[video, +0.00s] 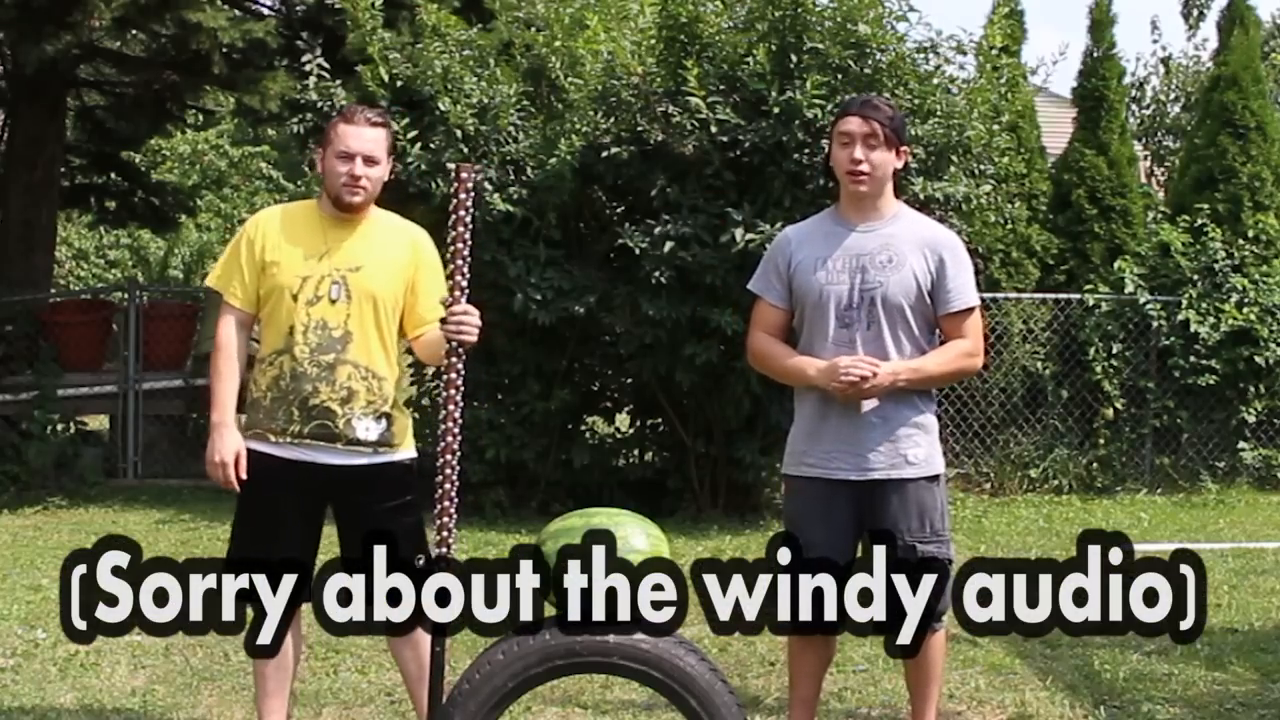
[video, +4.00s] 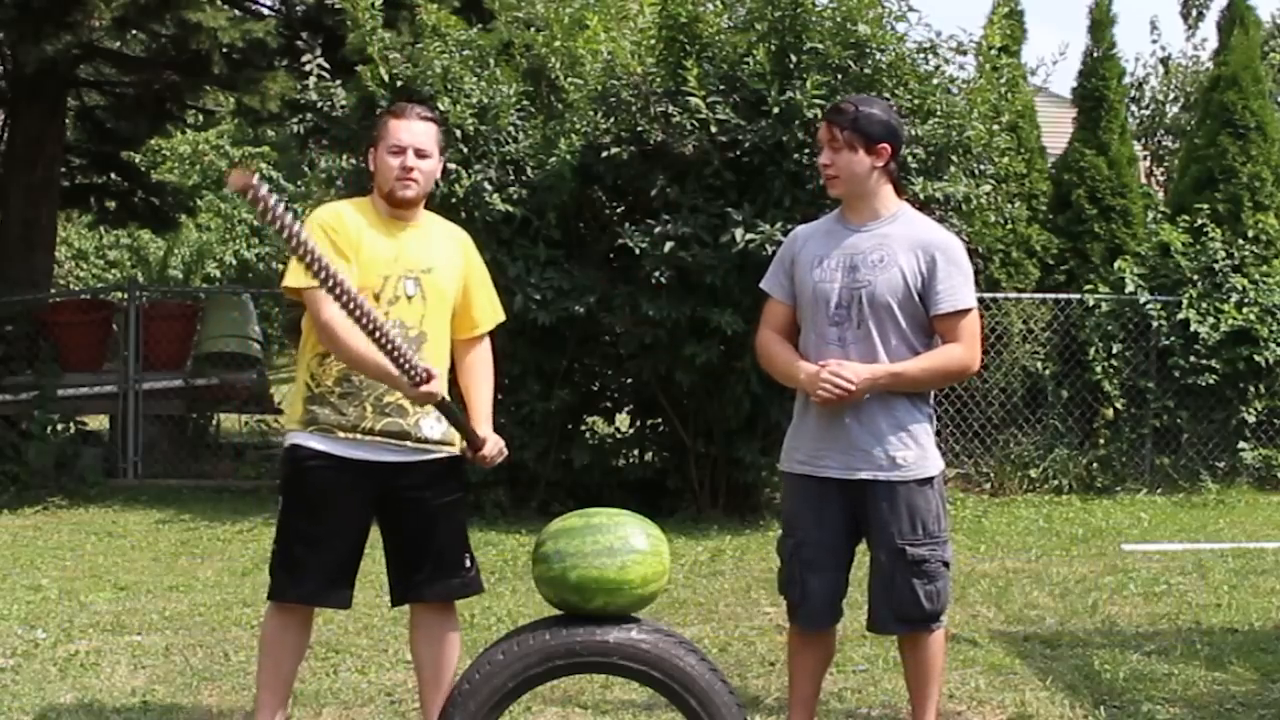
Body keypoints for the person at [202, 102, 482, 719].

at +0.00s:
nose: (357, 170)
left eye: (371, 160)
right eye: (345, 156)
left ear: (388, 171)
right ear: (319, 159)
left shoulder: (411, 243)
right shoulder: (266, 230)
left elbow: (427, 344)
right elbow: (233, 325)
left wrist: (455, 336)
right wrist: (222, 423)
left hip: (378, 459)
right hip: (279, 454)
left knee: (406, 604)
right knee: (272, 603)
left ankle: (435, 715)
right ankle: (273, 718)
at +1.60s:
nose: (368, 159)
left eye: (378, 150)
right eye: (354, 147)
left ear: (389, 162)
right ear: (320, 156)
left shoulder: (415, 237)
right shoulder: (273, 234)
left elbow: (443, 347)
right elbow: (236, 330)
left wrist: (428, 304)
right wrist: (294, 365)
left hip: (398, 456)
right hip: (300, 455)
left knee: (428, 602)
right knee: (285, 603)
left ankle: (432, 718)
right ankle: (275, 716)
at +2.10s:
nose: (368, 165)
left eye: (377, 154)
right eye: (353, 153)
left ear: (387, 163)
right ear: (319, 161)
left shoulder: (413, 239)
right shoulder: (278, 233)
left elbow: (440, 321)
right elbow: (267, 322)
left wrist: (458, 360)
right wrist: (351, 303)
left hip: (406, 451)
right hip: (307, 452)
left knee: (429, 599)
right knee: (291, 600)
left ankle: (436, 715)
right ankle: (275, 715)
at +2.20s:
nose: (373, 172)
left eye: (382, 160)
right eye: (359, 159)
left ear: (391, 166)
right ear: (325, 162)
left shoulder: (413, 242)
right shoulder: (281, 230)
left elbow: (440, 331)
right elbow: (270, 299)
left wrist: (464, 396)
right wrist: (357, 258)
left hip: (404, 452)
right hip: (306, 453)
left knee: (428, 599)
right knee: (291, 601)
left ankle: (438, 716)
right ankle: (275, 716)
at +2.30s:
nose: (381, 164)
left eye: (387, 153)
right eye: (367, 153)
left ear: (396, 161)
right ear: (330, 160)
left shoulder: (414, 245)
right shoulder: (285, 219)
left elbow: (438, 335)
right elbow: (274, 262)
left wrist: (459, 404)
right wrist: (353, 197)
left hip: (403, 449)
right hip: (306, 449)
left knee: (427, 596)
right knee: (292, 597)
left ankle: (438, 715)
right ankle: (275, 715)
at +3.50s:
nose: (398, 157)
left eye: (409, 148)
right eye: (385, 146)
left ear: (426, 163)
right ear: (357, 158)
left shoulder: (448, 240)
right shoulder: (314, 221)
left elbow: (462, 336)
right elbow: (317, 292)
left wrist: (445, 407)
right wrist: (384, 277)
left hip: (417, 453)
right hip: (320, 449)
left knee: (430, 599)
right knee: (292, 600)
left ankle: (438, 715)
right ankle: (271, 715)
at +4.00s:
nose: (409, 164)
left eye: (422, 154)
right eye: (396, 151)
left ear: (440, 167)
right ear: (371, 159)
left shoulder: (456, 245)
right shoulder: (330, 223)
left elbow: (473, 342)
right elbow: (329, 322)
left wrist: (481, 423)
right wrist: (396, 374)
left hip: (425, 454)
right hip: (328, 449)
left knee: (437, 597)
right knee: (295, 595)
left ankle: (439, 716)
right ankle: (269, 714)